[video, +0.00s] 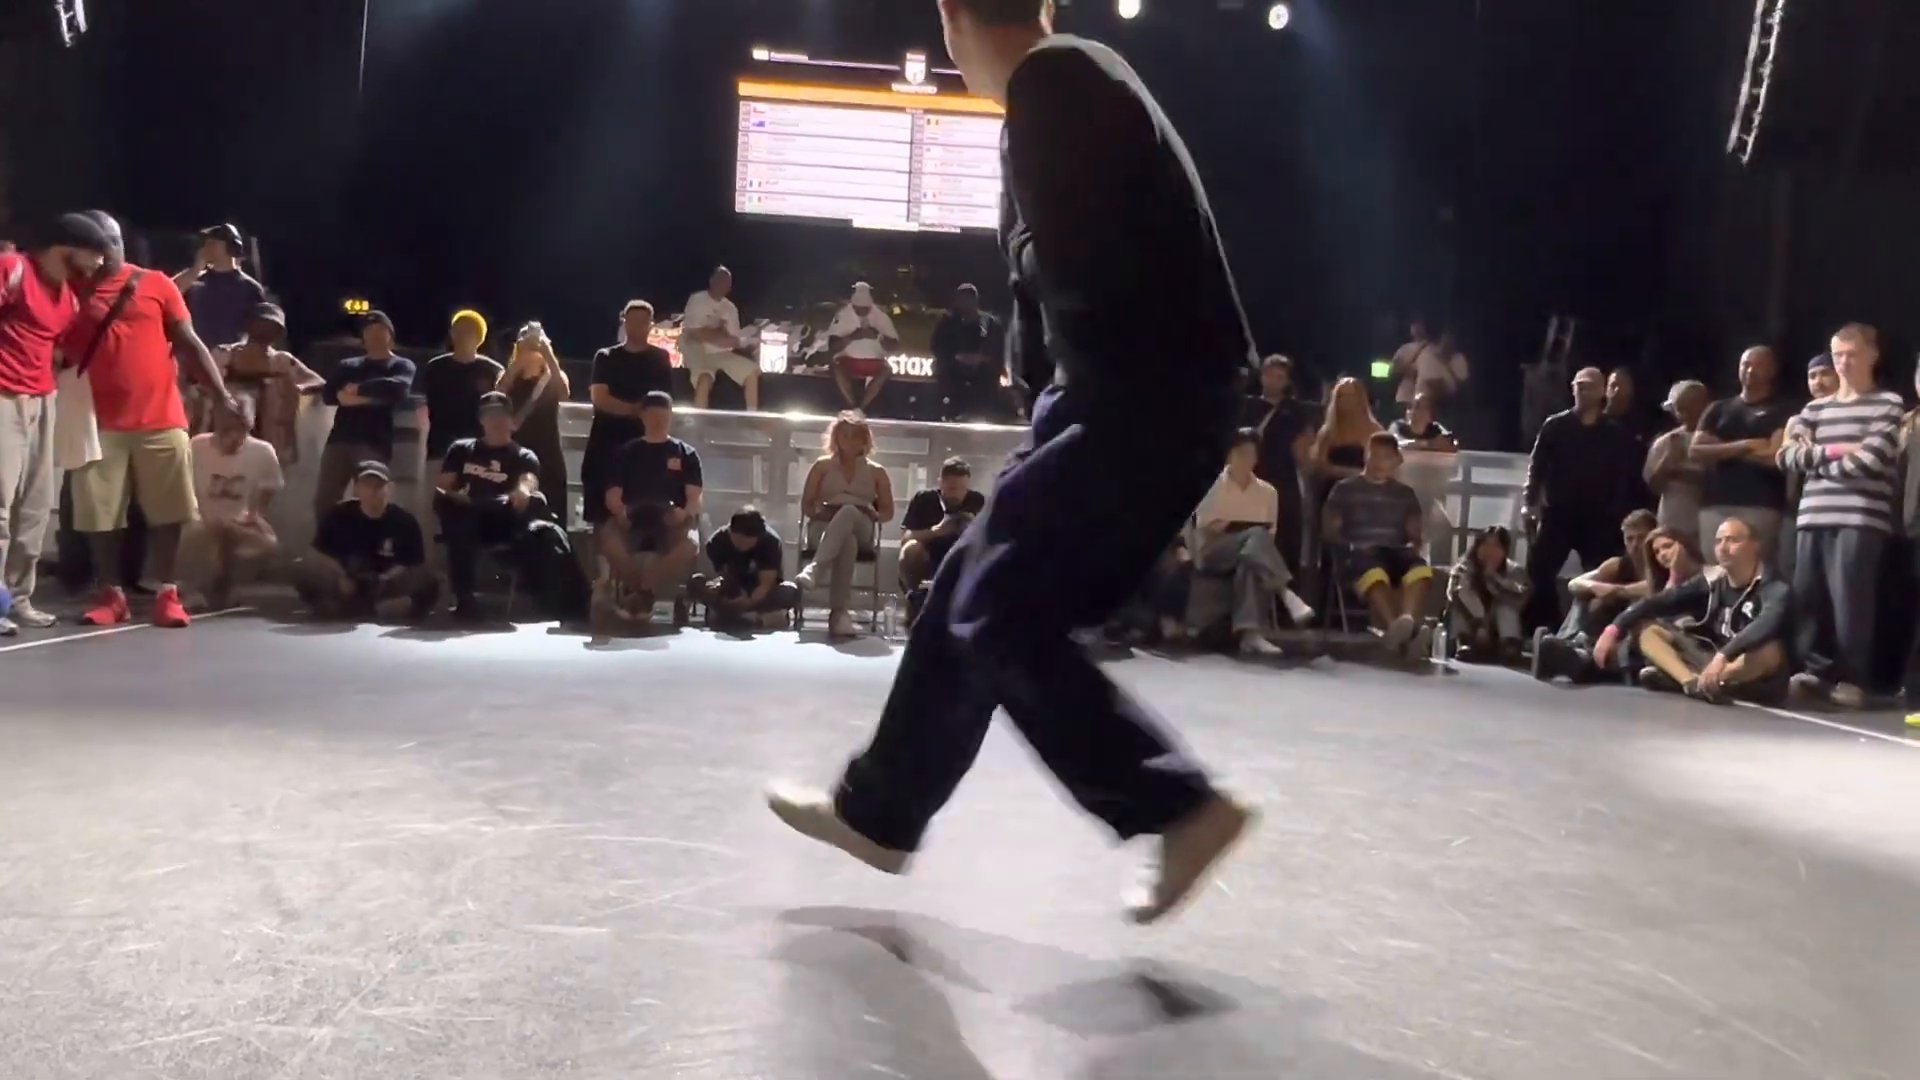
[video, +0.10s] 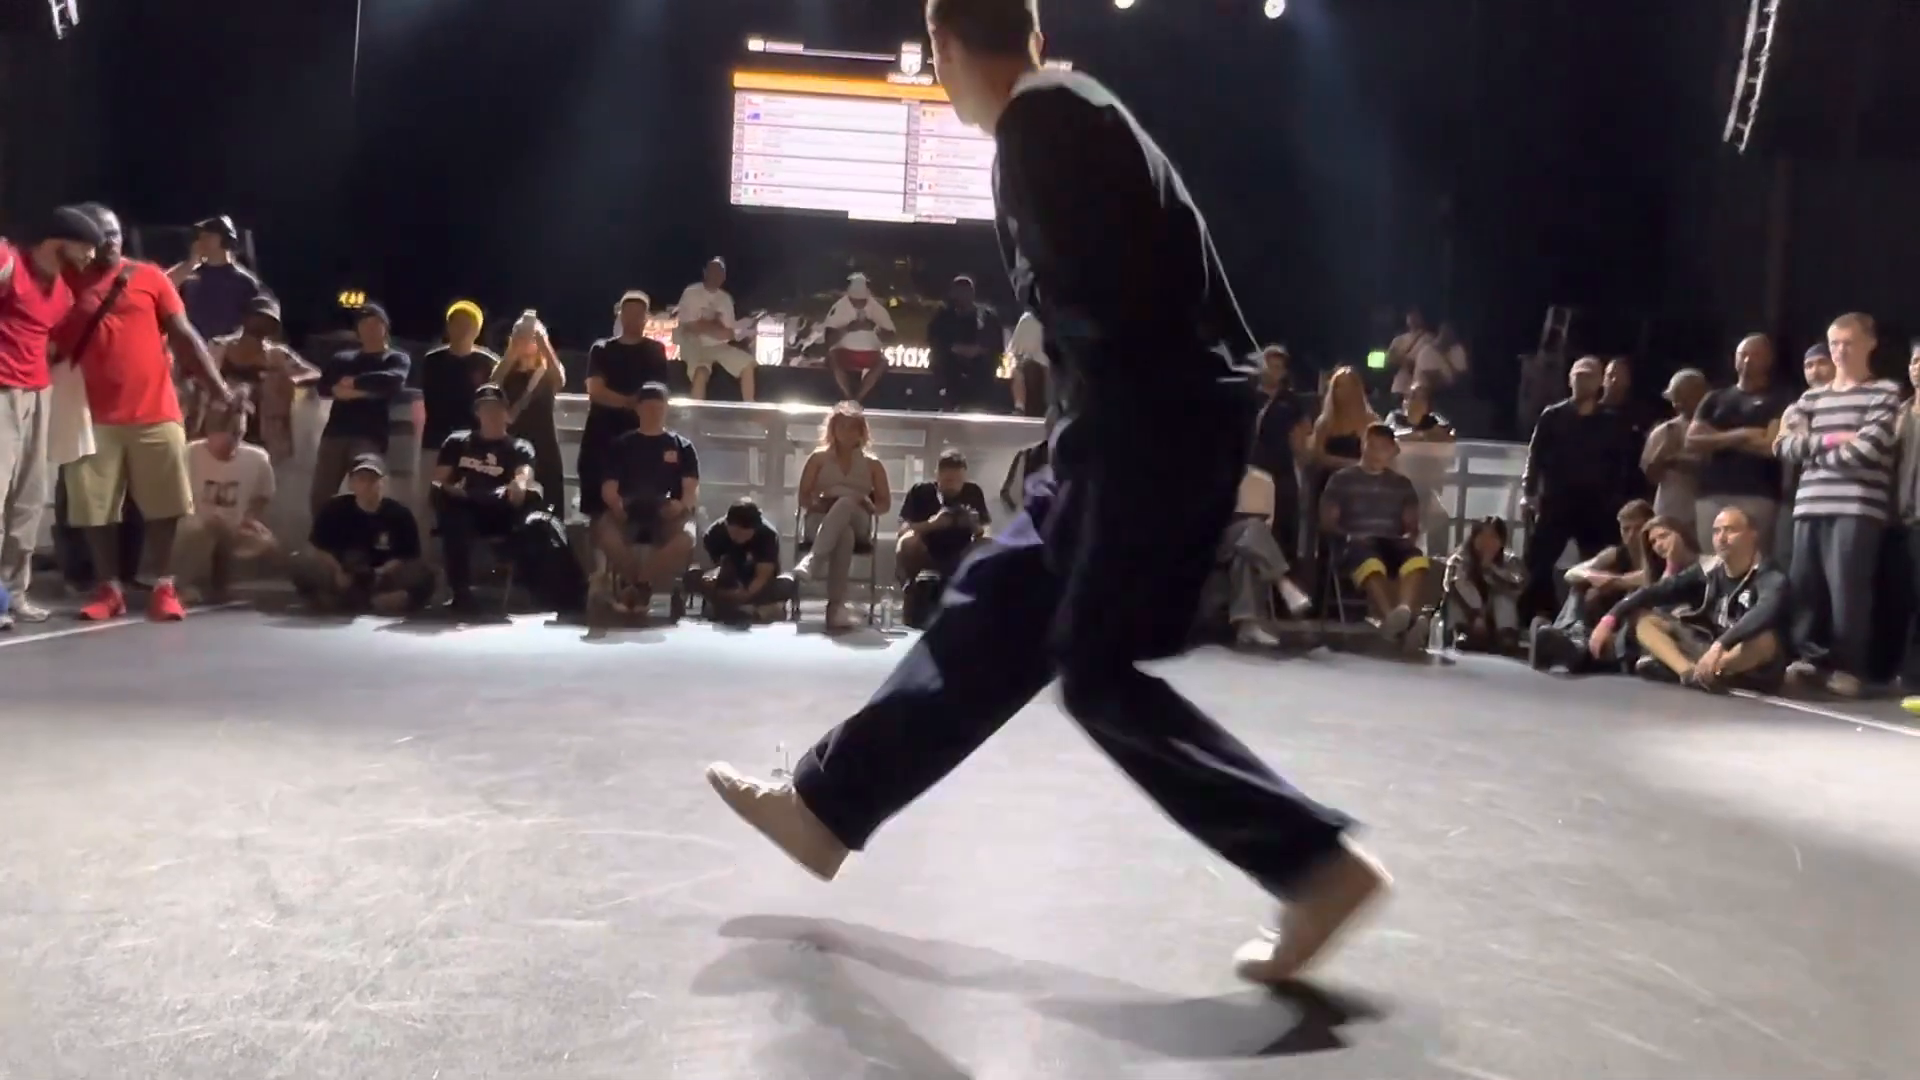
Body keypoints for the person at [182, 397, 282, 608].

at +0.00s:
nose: (232, 438)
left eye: (238, 430)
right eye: (225, 430)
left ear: (248, 428)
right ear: (216, 426)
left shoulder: (263, 452)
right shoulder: (196, 446)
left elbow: (269, 488)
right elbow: (185, 482)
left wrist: (254, 514)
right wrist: (199, 515)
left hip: (241, 520)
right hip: (204, 518)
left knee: (267, 544)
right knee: (189, 538)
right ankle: (187, 591)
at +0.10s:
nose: (230, 439)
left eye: (237, 433)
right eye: (225, 432)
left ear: (243, 433)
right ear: (210, 431)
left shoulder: (258, 459)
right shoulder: (189, 455)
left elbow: (261, 500)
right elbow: (183, 501)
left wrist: (246, 524)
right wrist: (207, 519)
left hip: (238, 532)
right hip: (201, 530)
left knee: (265, 544)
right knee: (192, 529)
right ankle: (185, 587)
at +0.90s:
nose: (218, 449)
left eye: (223, 444)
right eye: (210, 445)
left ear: (232, 452)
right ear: (198, 454)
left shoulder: (260, 485)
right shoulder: (190, 489)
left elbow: (280, 531)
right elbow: (185, 529)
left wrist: (262, 563)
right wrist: (193, 546)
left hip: (251, 567)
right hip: (210, 564)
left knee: (267, 618)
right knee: (189, 558)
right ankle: (203, 614)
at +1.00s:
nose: (222, 451)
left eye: (227, 446)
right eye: (214, 446)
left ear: (235, 453)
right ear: (202, 456)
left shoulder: (263, 487)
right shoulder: (191, 491)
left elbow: (281, 535)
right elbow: (186, 532)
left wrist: (266, 565)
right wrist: (194, 548)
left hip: (252, 569)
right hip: (212, 564)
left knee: (266, 619)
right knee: (191, 557)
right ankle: (206, 613)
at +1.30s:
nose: (241, 457)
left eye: (246, 451)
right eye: (232, 451)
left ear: (252, 454)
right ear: (217, 455)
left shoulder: (274, 492)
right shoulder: (201, 493)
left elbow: (285, 540)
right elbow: (192, 531)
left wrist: (269, 568)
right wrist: (202, 548)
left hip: (256, 571)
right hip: (216, 568)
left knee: (271, 619)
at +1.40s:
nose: (246, 455)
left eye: (252, 449)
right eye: (239, 449)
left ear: (257, 455)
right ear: (224, 454)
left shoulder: (277, 491)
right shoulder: (205, 491)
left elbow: (286, 539)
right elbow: (197, 532)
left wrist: (272, 567)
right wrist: (207, 551)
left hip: (260, 569)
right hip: (220, 564)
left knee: (273, 617)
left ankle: (232, 613)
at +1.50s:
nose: (251, 456)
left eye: (256, 450)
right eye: (244, 450)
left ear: (262, 455)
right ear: (229, 454)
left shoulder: (281, 491)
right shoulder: (211, 491)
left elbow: (291, 537)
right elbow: (201, 533)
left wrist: (275, 567)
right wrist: (211, 549)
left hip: (264, 569)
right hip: (225, 565)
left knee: (276, 617)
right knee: (209, 557)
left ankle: (237, 613)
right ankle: (211, 617)